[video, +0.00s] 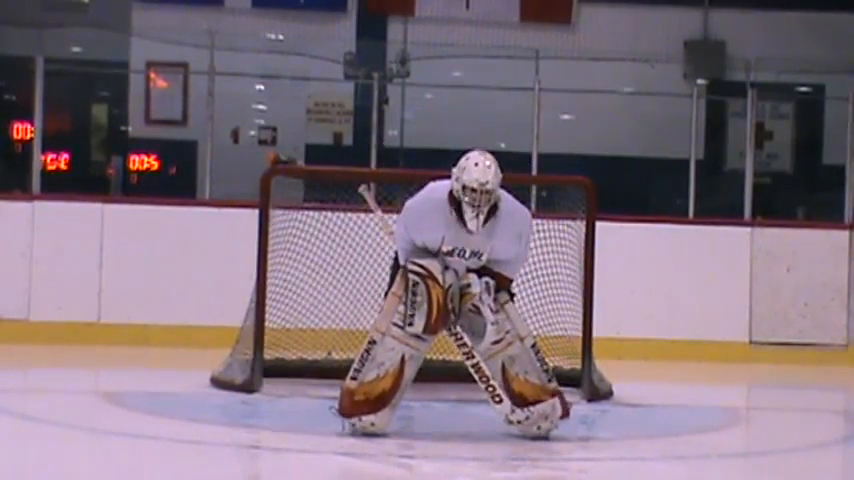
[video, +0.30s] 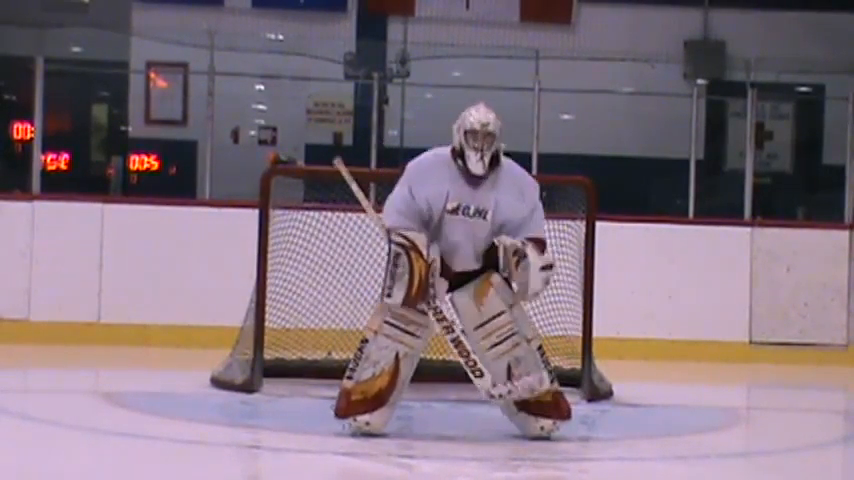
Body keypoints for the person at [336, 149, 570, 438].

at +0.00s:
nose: (477, 201)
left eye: (484, 195)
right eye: (470, 194)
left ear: (496, 193)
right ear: (456, 187)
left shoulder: (516, 218)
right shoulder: (425, 206)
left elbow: (503, 274)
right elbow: (409, 255)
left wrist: (478, 293)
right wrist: (434, 289)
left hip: (478, 281)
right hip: (425, 274)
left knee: (507, 339)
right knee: (402, 333)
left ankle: (535, 414)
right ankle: (368, 411)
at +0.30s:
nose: (480, 146)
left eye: (487, 139)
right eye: (473, 138)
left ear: (497, 141)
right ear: (459, 138)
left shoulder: (519, 185)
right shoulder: (426, 170)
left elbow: (533, 245)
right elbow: (399, 220)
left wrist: (519, 265)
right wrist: (417, 266)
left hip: (482, 277)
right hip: (424, 272)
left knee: (510, 339)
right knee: (395, 336)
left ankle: (536, 414)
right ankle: (368, 412)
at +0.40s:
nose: (477, 126)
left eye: (483, 119)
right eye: (470, 119)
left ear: (493, 123)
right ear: (456, 120)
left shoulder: (515, 167)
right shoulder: (422, 156)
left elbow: (538, 213)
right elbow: (386, 195)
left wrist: (545, 233)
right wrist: (397, 224)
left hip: (483, 268)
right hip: (426, 265)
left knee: (514, 342)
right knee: (394, 339)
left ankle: (537, 417)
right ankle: (366, 414)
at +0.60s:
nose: (473, 106)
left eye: (479, 99)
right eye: (466, 99)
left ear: (489, 102)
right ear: (452, 100)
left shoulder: (511, 146)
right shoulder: (422, 142)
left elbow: (528, 200)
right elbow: (390, 191)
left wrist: (556, 186)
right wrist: (393, 223)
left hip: (490, 263)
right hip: (432, 262)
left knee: (514, 340)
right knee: (401, 336)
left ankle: (539, 416)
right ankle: (370, 413)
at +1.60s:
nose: (495, 157)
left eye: (501, 150)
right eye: (488, 149)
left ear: (510, 151)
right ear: (471, 149)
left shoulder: (527, 191)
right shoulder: (443, 177)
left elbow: (546, 243)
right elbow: (402, 212)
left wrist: (559, 239)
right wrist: (411, 237)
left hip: (499, 283)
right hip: (443, 274)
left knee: (526, 348)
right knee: (410, 335)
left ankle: (575, 414)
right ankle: (393, 408)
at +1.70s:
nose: (513, 159)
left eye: (517, 153)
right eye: (505, 152)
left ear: (521, 154)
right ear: (485, 151)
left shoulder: (528, 194)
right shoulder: (456, 175)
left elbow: (532, 247)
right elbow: (419, 209)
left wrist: (556, 251)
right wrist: (432, 236)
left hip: (499, 287)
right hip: (448, 280)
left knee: (538, 343)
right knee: (417, 341)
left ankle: (574, 407)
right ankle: (400, 405)